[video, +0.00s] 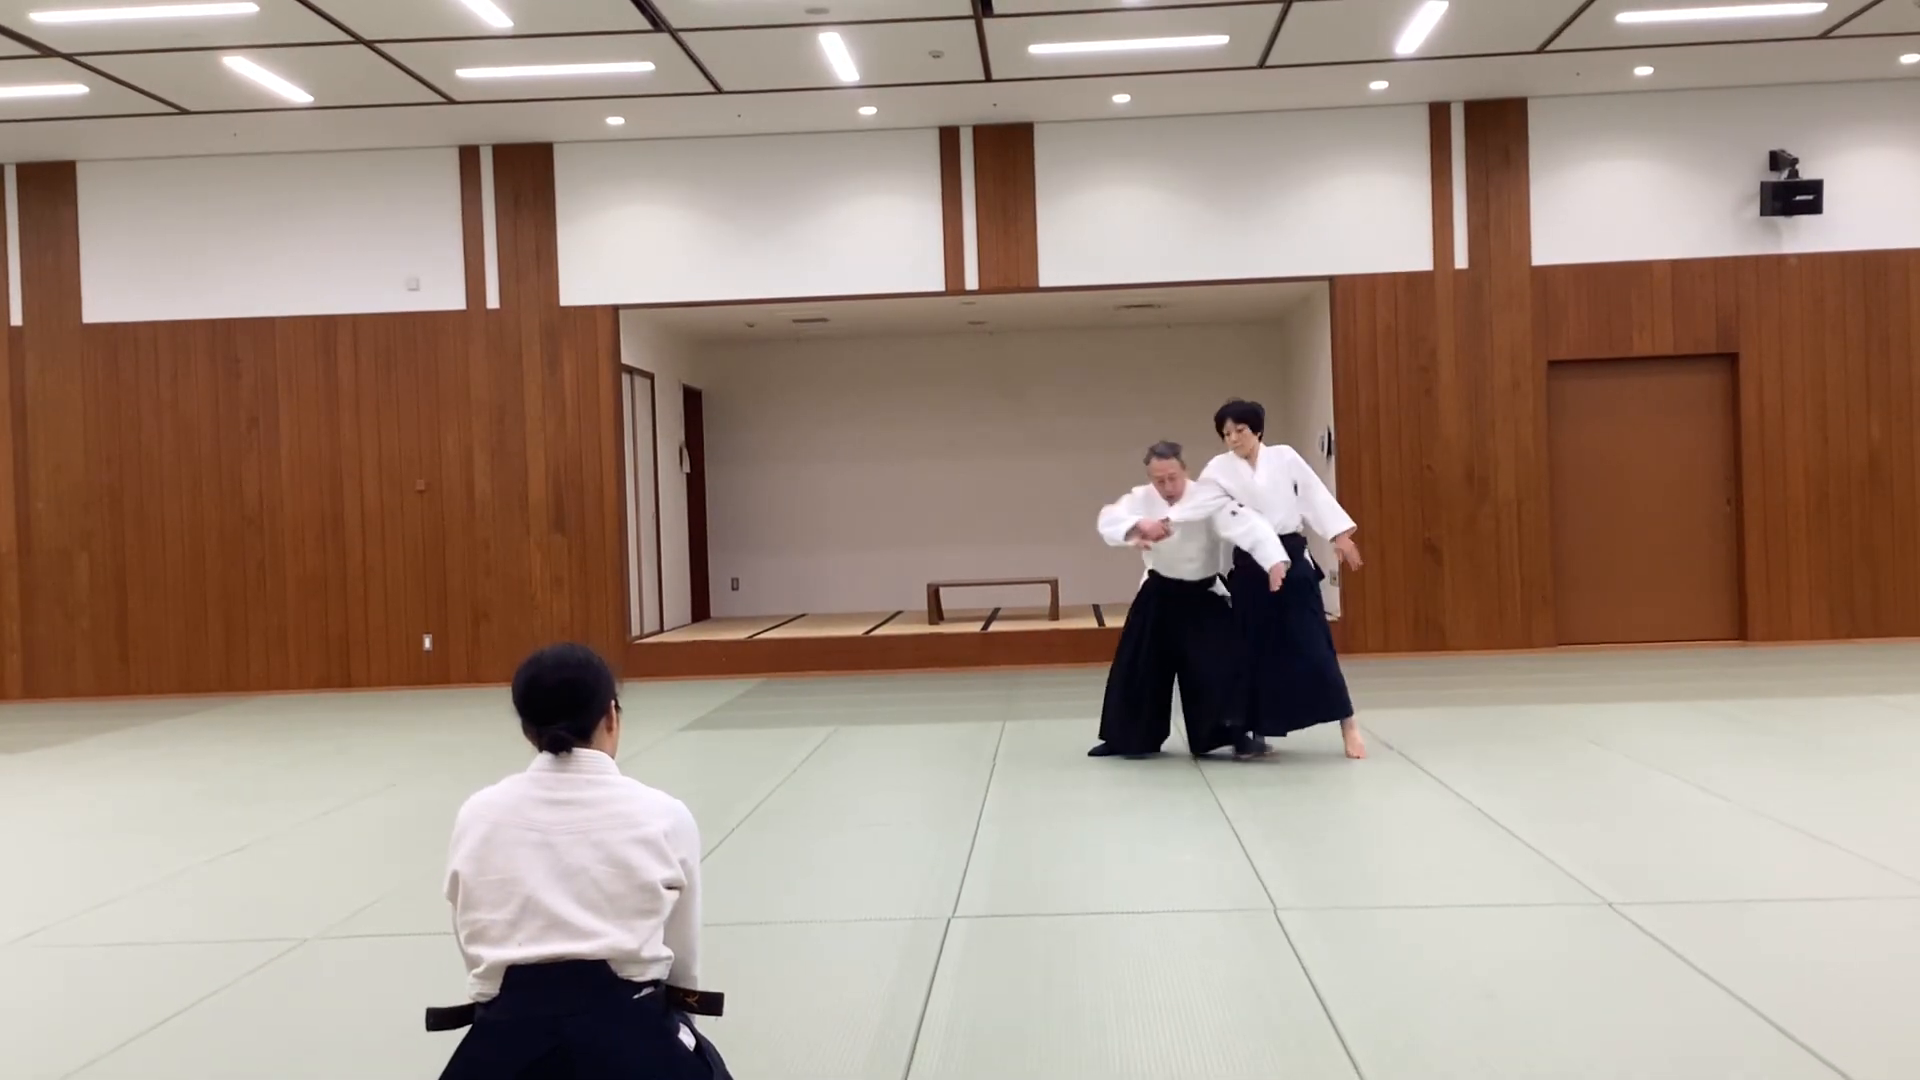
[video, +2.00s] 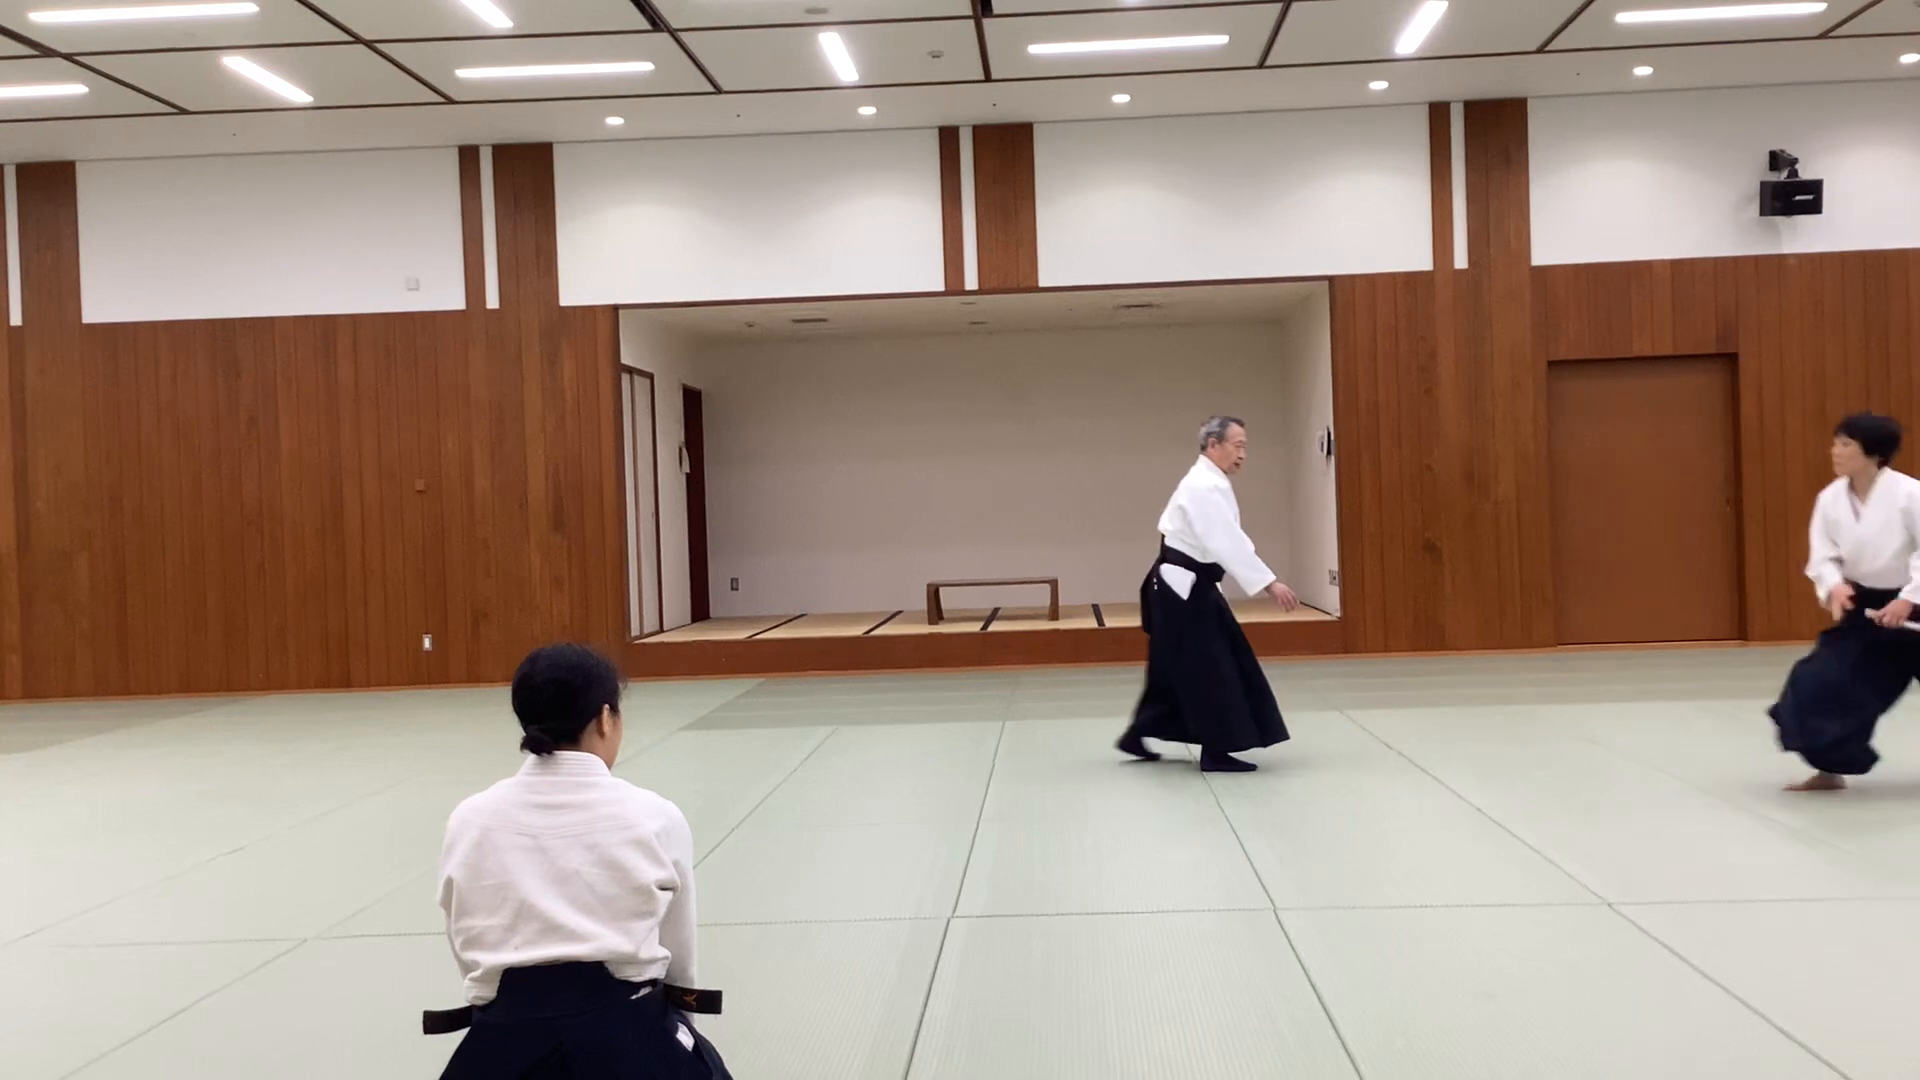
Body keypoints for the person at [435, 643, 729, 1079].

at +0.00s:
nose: (618, 721)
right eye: (617, 711)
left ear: (527, 732)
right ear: (612, 718)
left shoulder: (478, 814)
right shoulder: (663, 815)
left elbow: (474, 952)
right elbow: (682, 967)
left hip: (507, 1042)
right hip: (631, 1041)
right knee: (701, 1052)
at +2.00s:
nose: (620, 726)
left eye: (620, 712)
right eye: (619, 713)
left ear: (528, 723)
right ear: (604, 720)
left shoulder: (469, 820)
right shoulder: (655, 817)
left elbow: (467, 955)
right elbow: (679, 965)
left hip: (504, 1045)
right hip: (629, 1043)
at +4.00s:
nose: (612, 726)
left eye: (612, 713)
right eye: (612, 714)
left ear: (521, 724)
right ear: (599, 721)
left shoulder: (466, 822)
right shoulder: (653, 817)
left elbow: (465, 957)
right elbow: (679, 966)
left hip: (503, 1048)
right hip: (629, 1044)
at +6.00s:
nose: (610, 727)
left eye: (609, 714)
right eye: (609, 716)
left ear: (518, 725)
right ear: (598, 721)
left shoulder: (464, 823)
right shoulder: (652, 817)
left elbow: (464, 960)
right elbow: (678, 967)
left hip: (503, 1050)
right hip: (629, 1046)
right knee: (696, 1045)